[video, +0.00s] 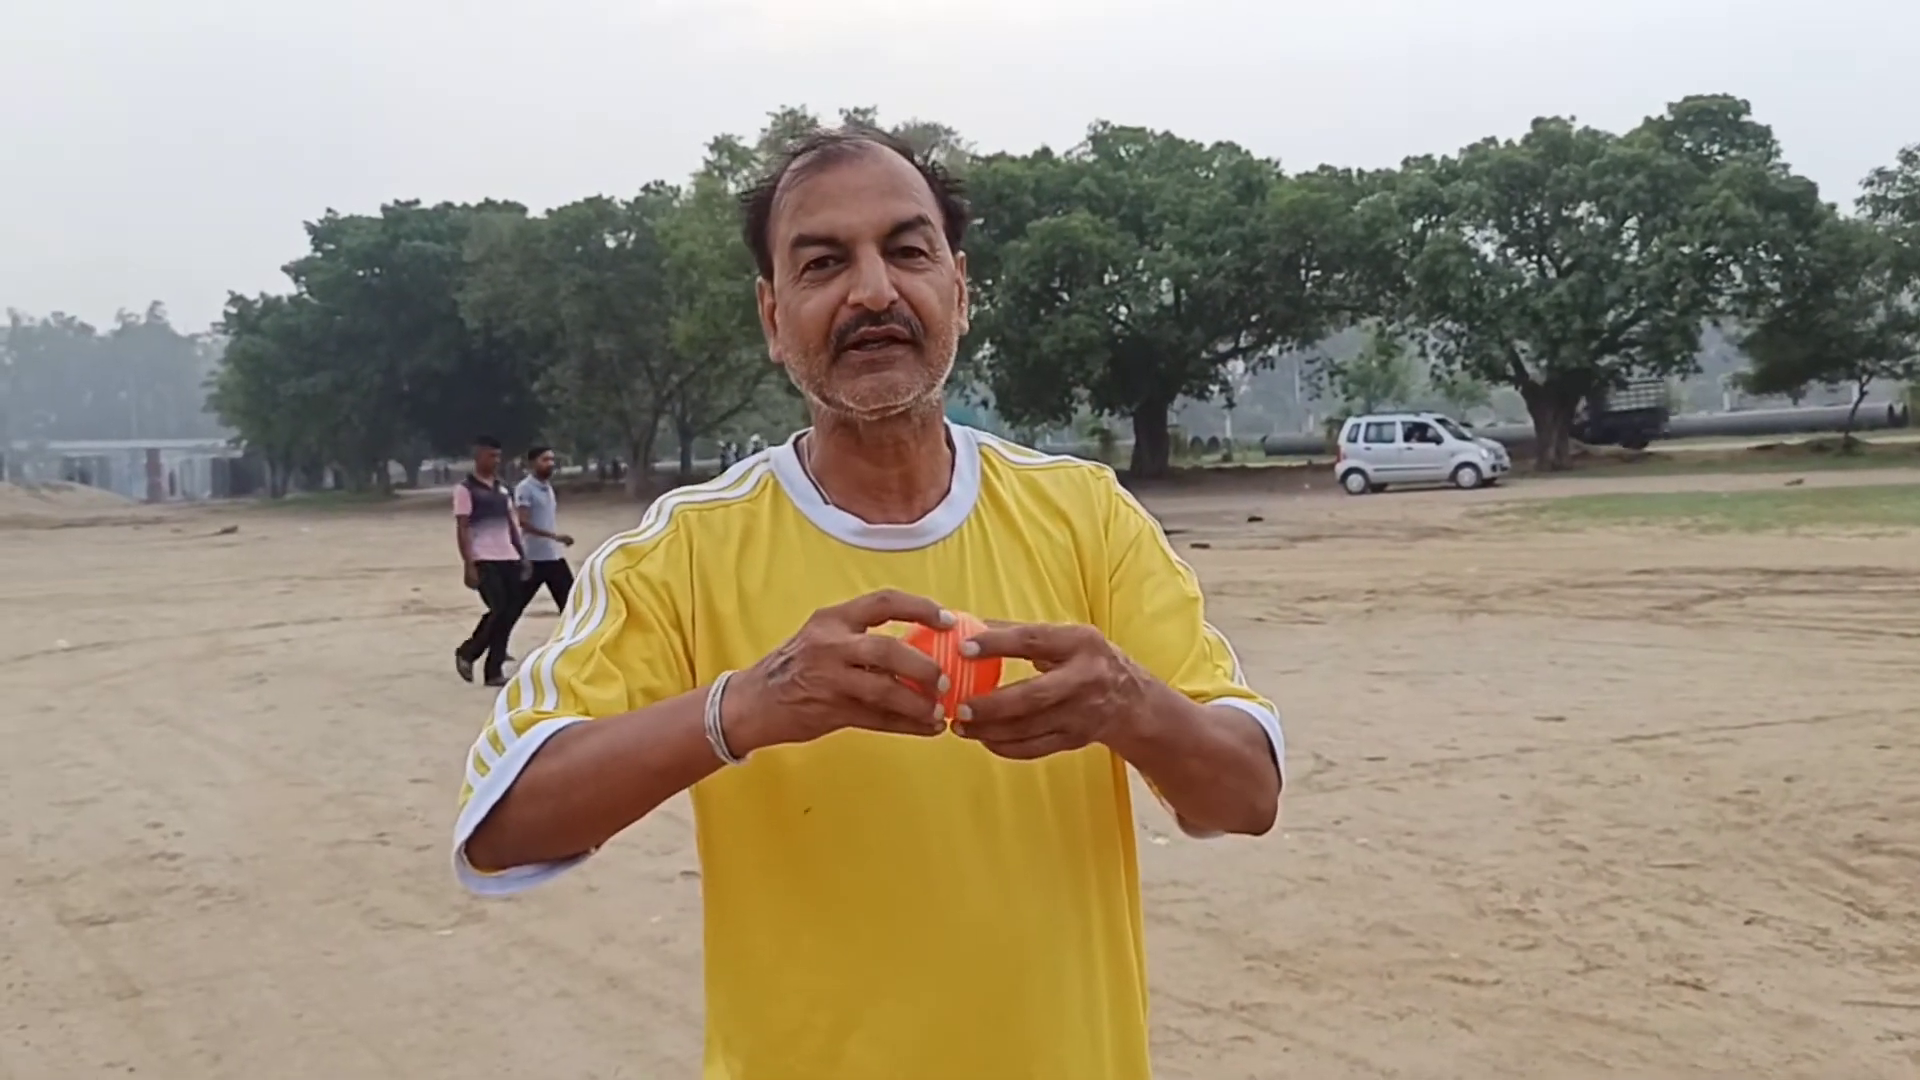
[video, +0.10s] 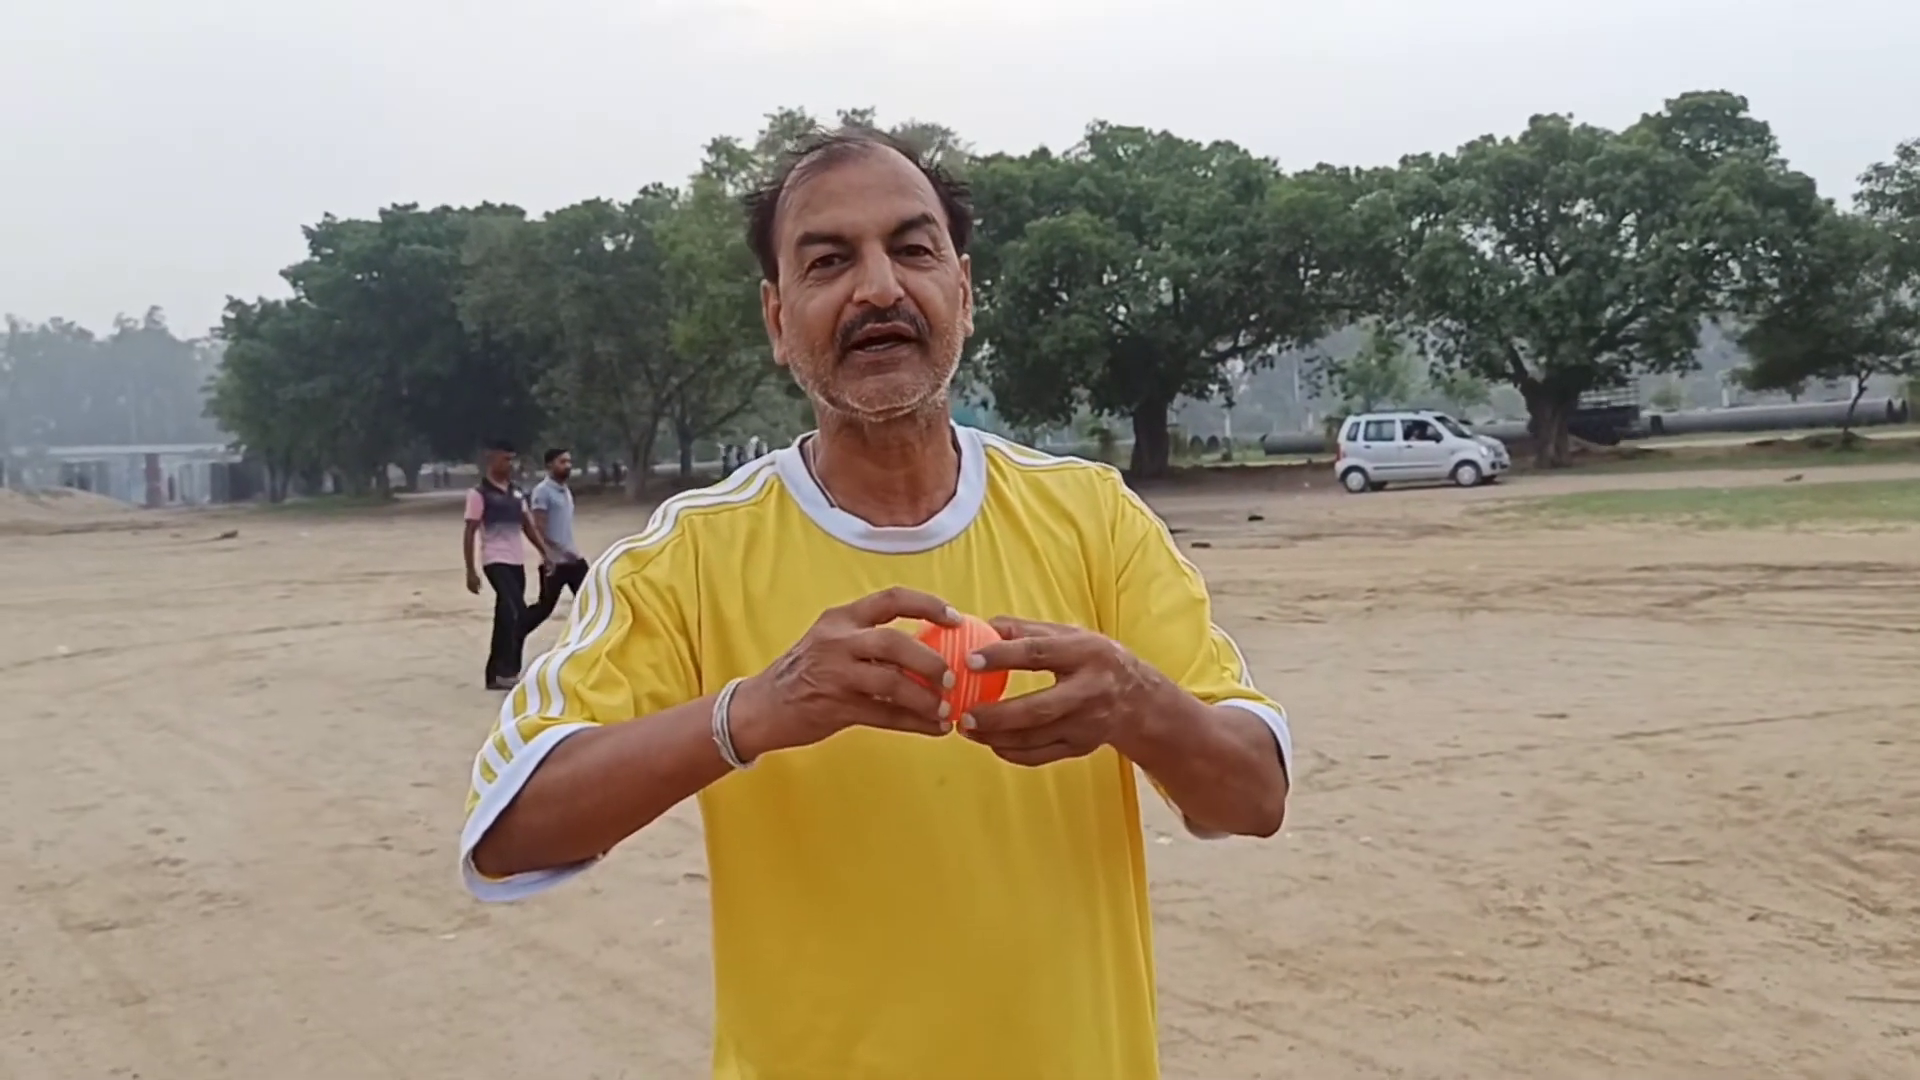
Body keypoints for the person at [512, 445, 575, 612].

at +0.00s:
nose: (551, 464)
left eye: (552, 459)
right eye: (546, 460)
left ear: (554, 462)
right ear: (533, 463)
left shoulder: (548, 488)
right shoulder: (524, 489)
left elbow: (544, 521)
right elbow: (523, 522)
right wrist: (556, 537)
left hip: (554, 558)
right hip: (534, 560)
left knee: (572, 608)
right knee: (512, 608)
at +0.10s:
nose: (568, 466)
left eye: (569, 461)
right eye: (563, 461)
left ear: (570, 464)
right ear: (551, 465)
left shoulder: (565, 491)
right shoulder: (542, 491)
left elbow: (564, 526)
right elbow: (539, 530)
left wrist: (574, 553)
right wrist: (559, 554)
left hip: (572, 560)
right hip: (553, 563)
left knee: (592, 604)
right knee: (544, 608)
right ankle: (515, 634)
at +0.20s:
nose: (583, 463)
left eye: (585, 459)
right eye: (578, 459)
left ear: (586, 463)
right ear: (566, 462)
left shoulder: (581, 488)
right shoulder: (556, 489)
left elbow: (585, 521)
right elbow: (553, 526)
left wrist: (597, 552)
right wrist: (564, 554)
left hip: (590, 557)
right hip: (570, 560)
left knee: (598, 605)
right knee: (576, 606)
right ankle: (541, 634)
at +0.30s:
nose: (598, 462)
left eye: (599, 458)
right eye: (593, 458)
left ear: (601, 461)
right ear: (580, 461)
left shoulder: (597, 486)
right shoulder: (569, 488)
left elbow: (605, 518)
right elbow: (558, 524)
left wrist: (622, 543)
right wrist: (567, 552)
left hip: (599, 555)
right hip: (581, 556)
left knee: (601, 602)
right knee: (595, 602)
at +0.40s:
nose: (610, 464)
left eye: (612, 460)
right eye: (605, 460)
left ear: (614, 463)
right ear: (593, 463)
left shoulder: (611, 489)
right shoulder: (581, 490)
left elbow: (622, 516)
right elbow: (568, 524)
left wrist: (645, 540)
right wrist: (567, 557)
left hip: (609, 556)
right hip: (592, 557)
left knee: (604, 605)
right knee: (600, 605)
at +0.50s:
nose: (619, 467)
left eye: (621, 463)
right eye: (614, 463)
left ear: (622, 466)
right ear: (601, 467)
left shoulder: (620, 492)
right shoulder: (590, 494)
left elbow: (633, 520)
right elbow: (577, 528)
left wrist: (656, 539)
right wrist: (587, 561)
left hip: (617, 559)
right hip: (601, 561)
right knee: (607, 608)